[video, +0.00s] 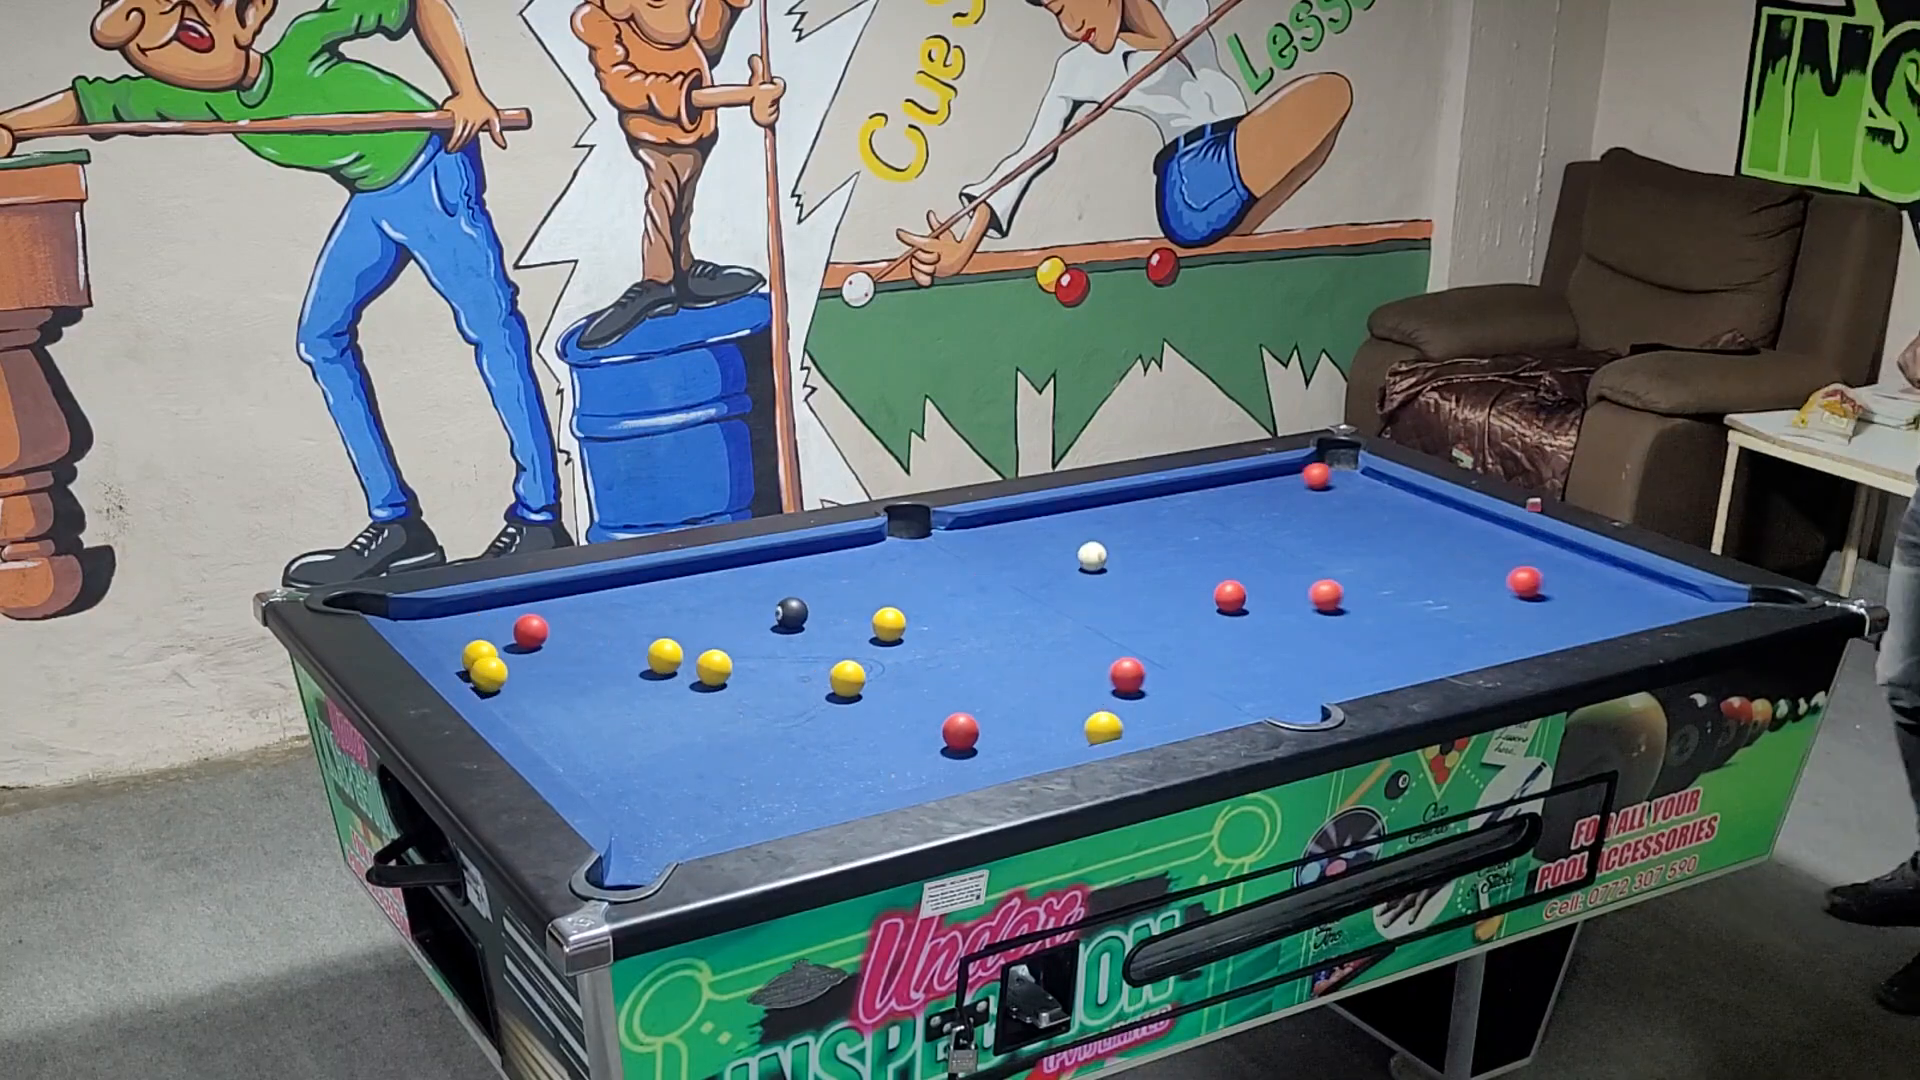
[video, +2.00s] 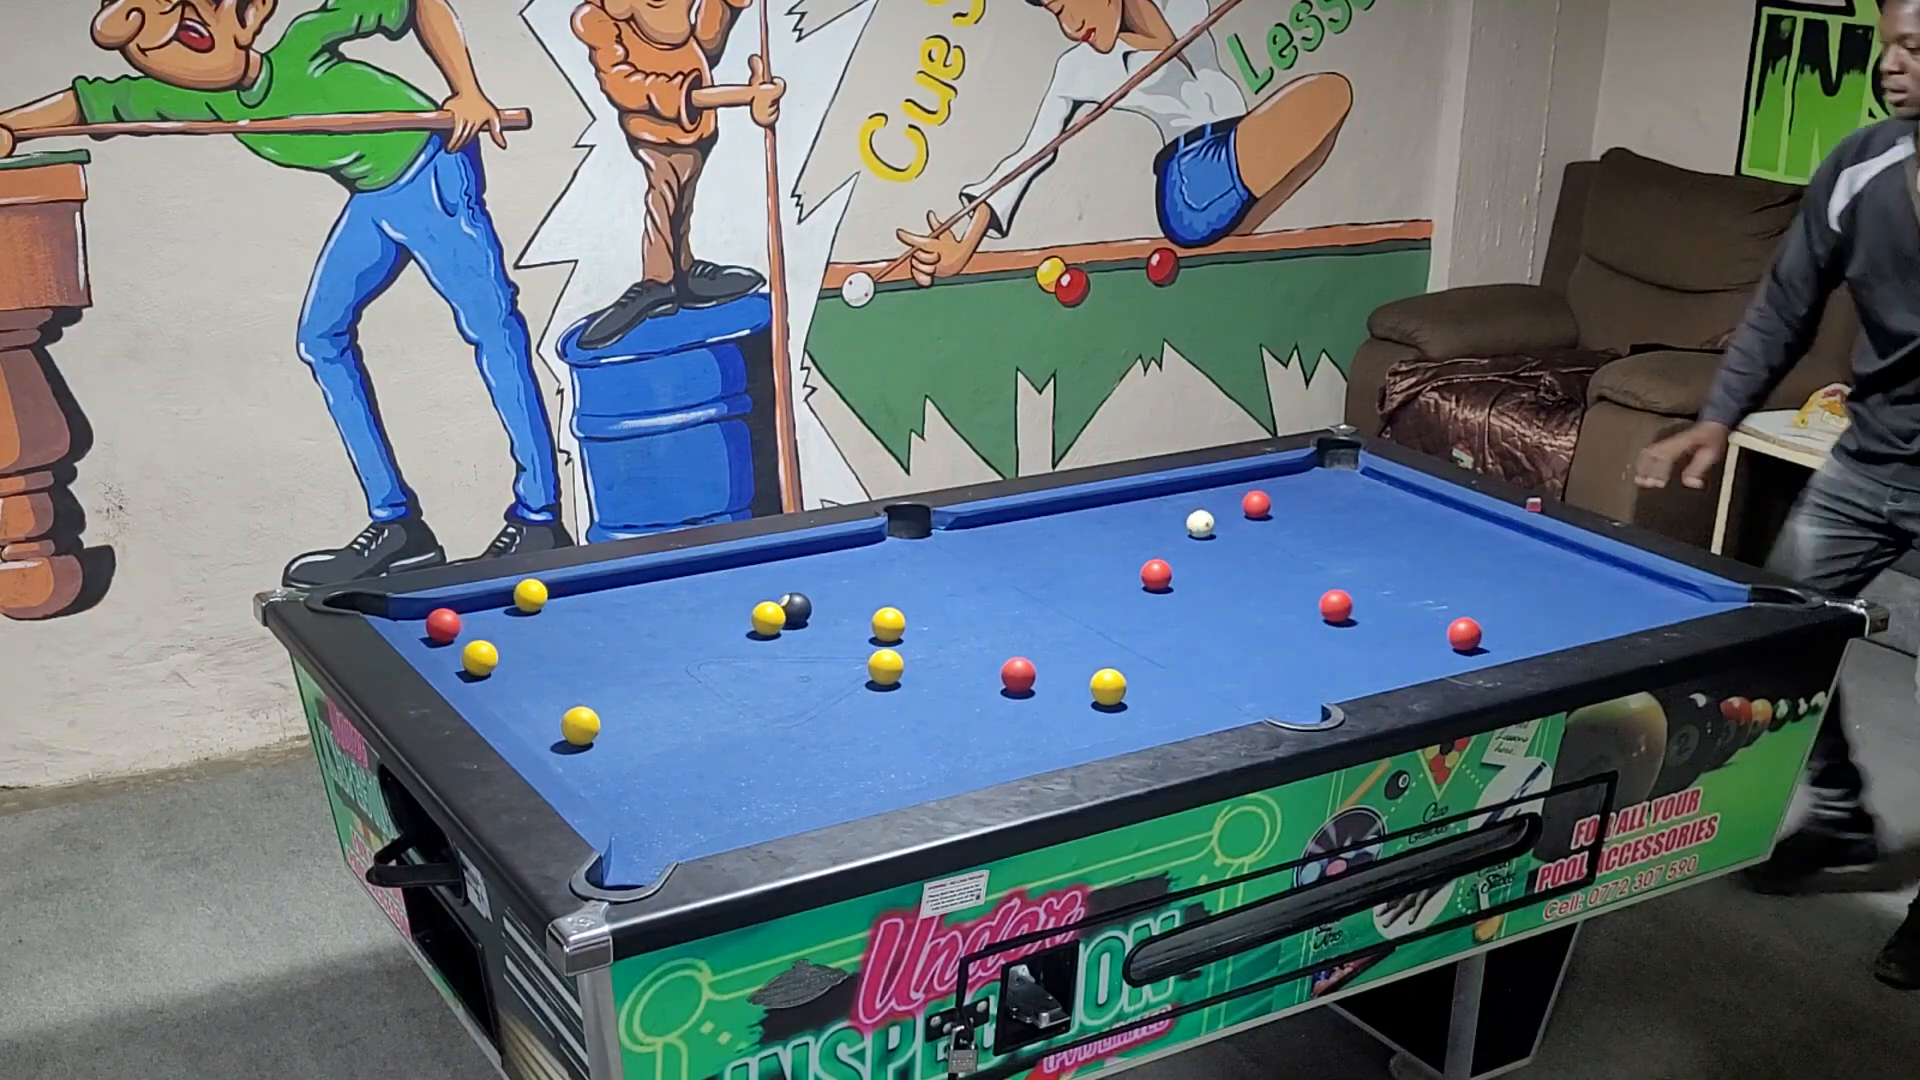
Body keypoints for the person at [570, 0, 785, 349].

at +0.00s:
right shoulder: (596, 19)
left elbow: (707, 47)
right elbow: (626, 88)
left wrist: (730, 6)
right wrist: (747, 94)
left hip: (695, 88)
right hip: (644, 104)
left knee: (688, 174)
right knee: (666, 173)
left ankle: (682, 268)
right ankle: (657, 281)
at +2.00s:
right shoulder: (596, 18)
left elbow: (707, 47)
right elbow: (625, 87)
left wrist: (729, 6)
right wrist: (746, 94)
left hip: (694, 88)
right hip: (644, 104)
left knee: (687, 175)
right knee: (665, 175)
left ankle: (682, 268)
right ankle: (657, 282)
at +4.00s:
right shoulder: (598, 18)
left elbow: (707, 46)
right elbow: (624, 87)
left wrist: (730, 6)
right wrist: (746, 94)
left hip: (694, 86)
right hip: (645, 103)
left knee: (688, 173)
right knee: (666, 173)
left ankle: (682, 268)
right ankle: (657, 280)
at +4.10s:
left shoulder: (697, 6)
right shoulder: (597, 18)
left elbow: (707, 46)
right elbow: (624, 87)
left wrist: (730, 6)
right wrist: (746, 95)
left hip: (694, 86)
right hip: (645, 103)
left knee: (688, 174)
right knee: (666, 173)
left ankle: (682, 268)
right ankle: (657, 280)